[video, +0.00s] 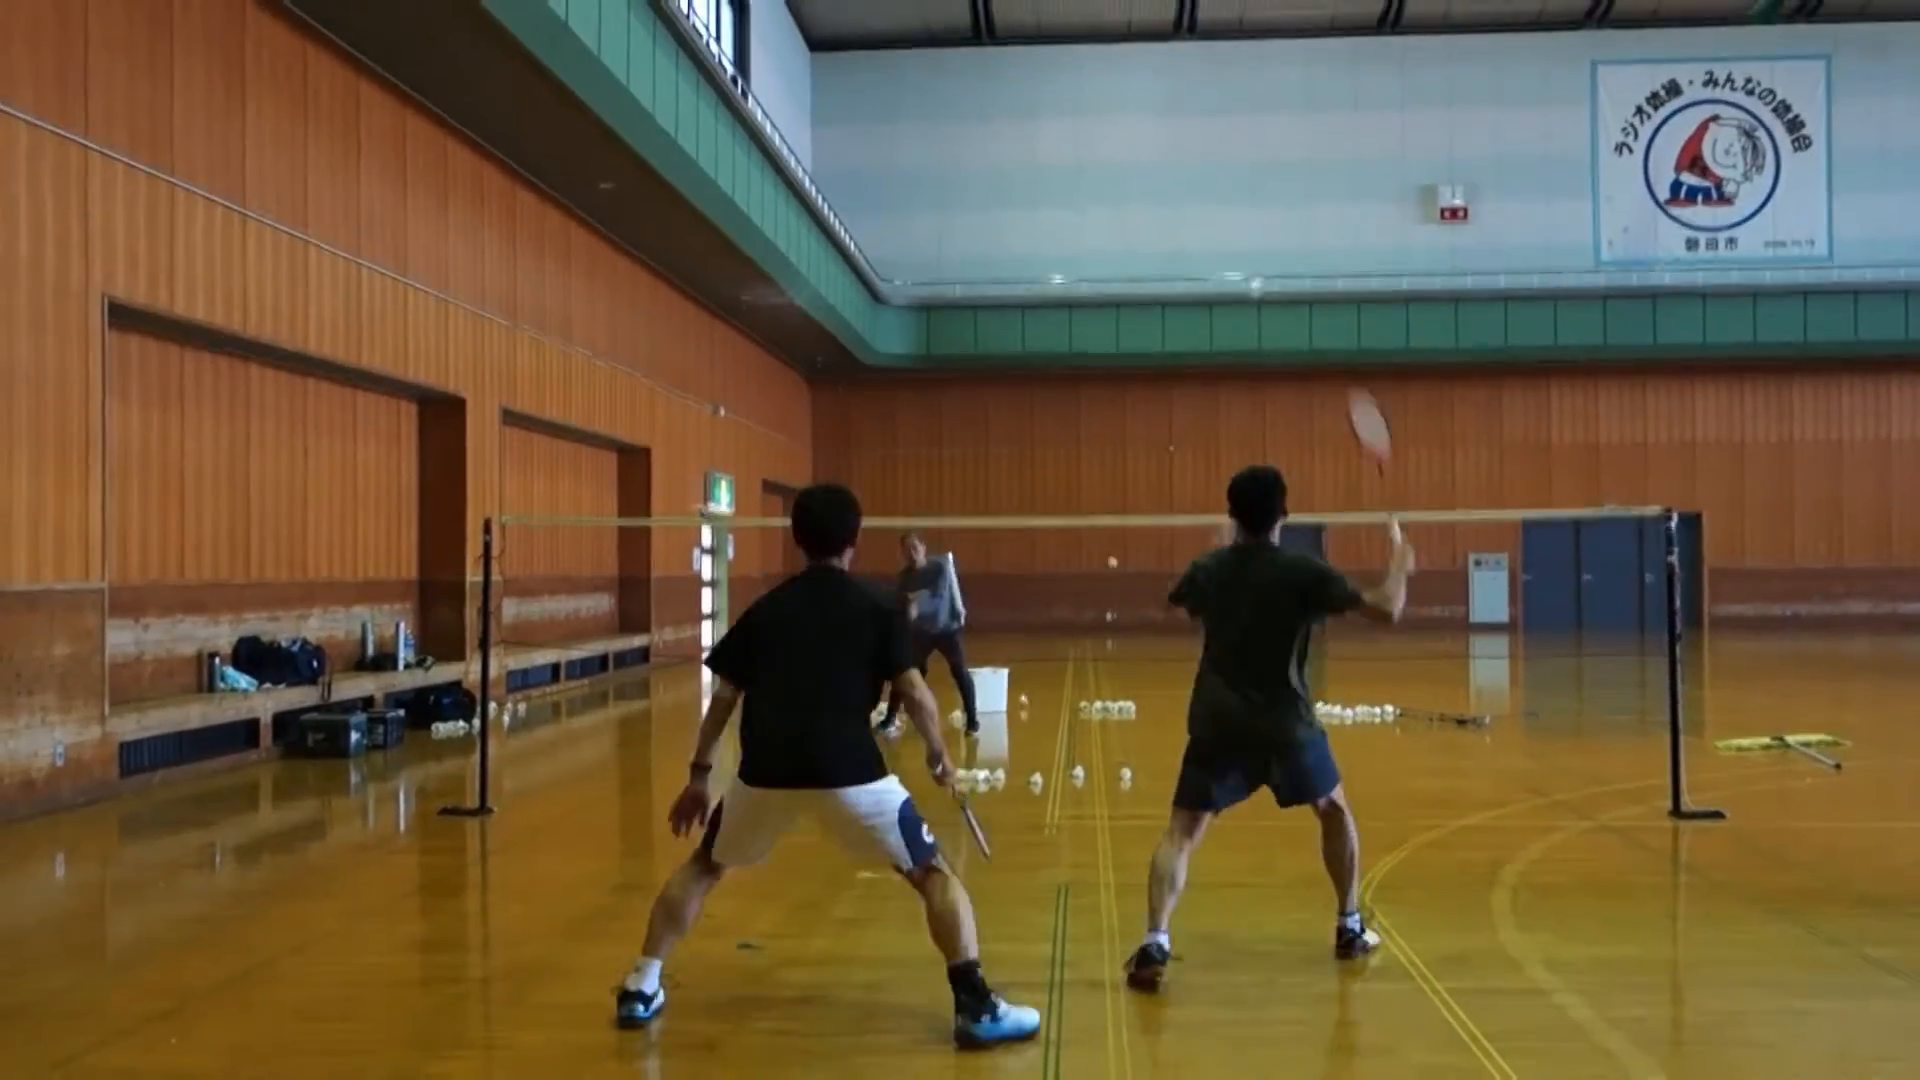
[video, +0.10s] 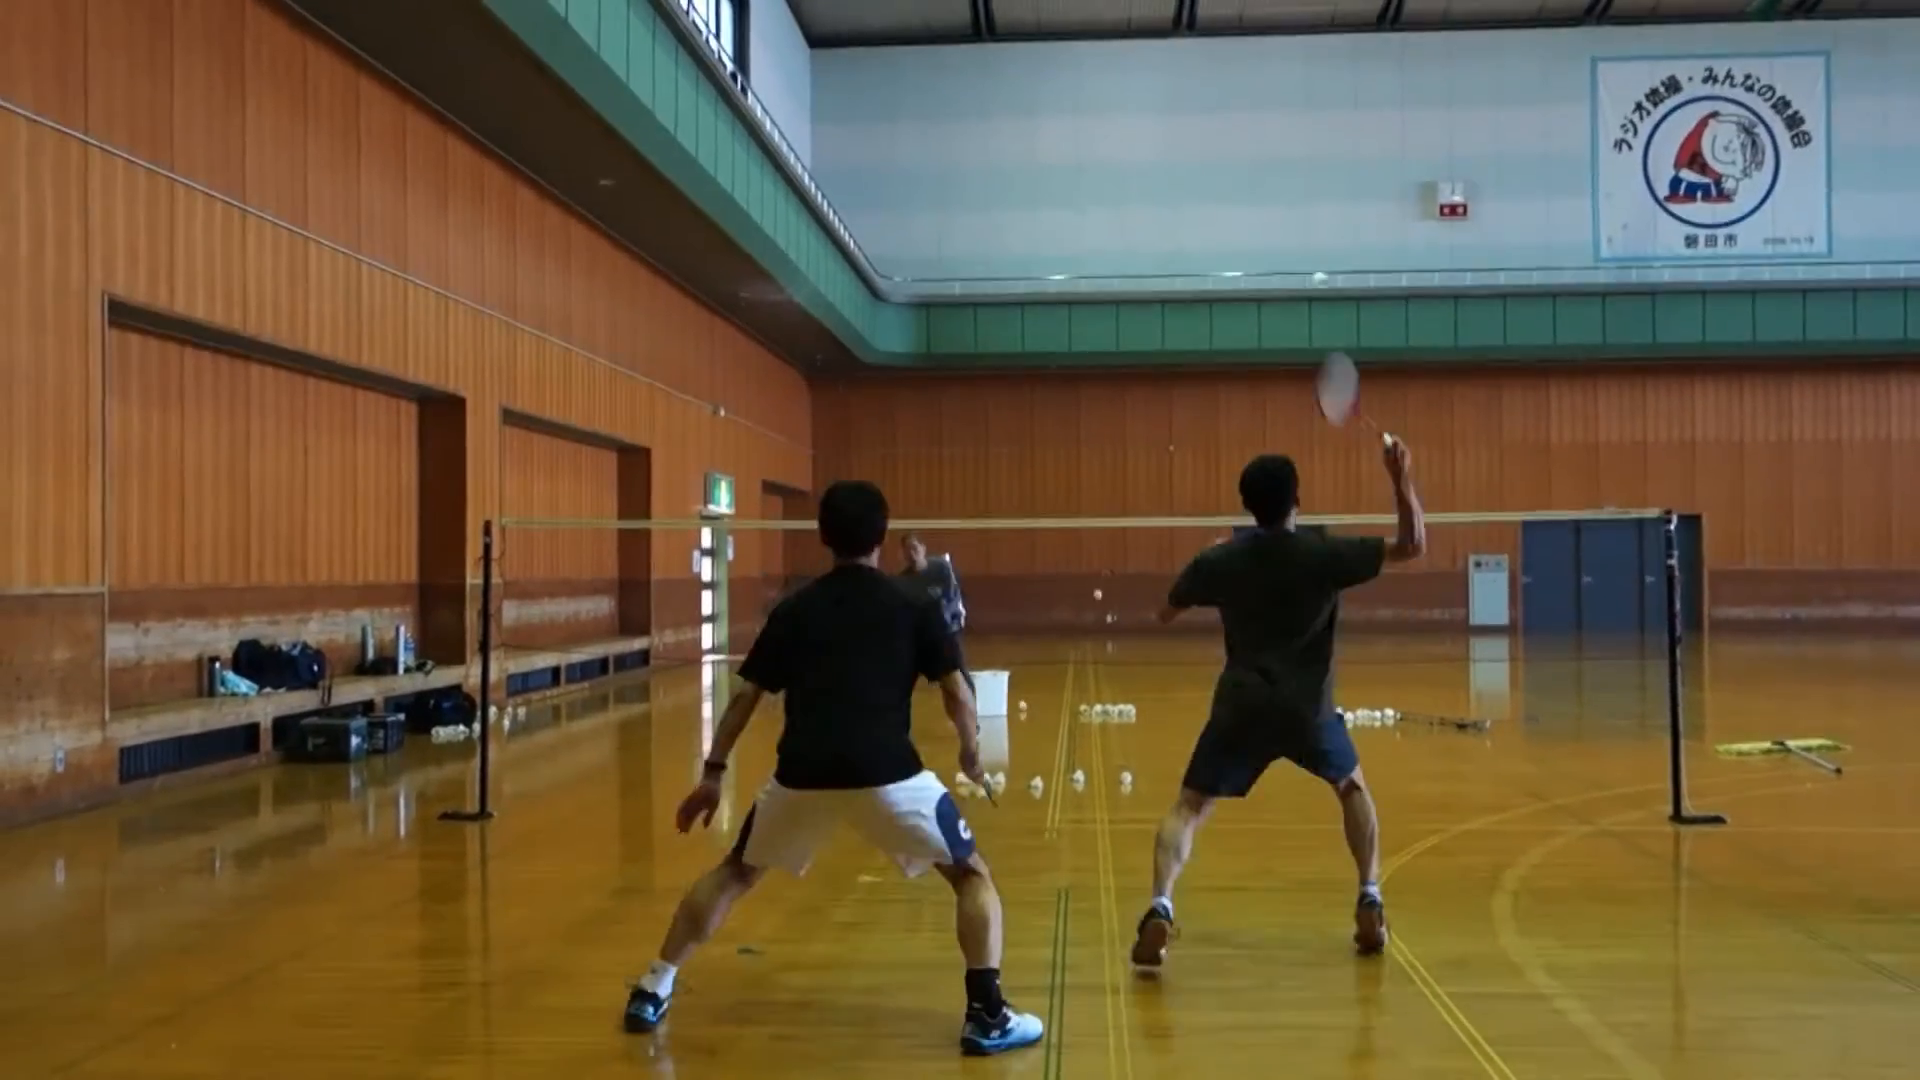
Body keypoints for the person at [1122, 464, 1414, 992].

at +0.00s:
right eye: (1281, 507)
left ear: (1232, 515)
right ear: (1282, 514)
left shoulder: (1210, 570)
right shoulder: (1302, 572)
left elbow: (1181, 604)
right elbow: (1387, 608)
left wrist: (1225, 562)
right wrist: (1400, 564)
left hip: (1216, 724)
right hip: (1285, 724)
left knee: (1181, 832)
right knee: (1333, 811)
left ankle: (1156, 940)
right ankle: (1349, 922)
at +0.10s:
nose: (1288, 499)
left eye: (1260, 495)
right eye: (1291, 492)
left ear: (1247, 503)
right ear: (1296, 500)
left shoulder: (1221, 562)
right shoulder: (1322, 553)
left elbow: (1168, 610)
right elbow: (1411, 546)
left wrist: (1214, 555)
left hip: (1239, 709)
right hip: (1307, 710)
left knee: (1189, 807)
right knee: (1352, 789)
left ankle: (1160, 904)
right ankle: (1370, 894)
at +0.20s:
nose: (1296, 509)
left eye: (1271, 508)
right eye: (1297, 503)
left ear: (1257, 520)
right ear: (1303, 511)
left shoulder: (1241, 580)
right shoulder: (1332, 547)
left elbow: (1213, 655)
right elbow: (1385, 505)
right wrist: (1406, 447)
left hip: (1257, 708)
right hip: (1322, 703)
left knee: (1197, 808)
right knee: (1365, 785)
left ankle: (1143, 915)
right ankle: (1398, 892)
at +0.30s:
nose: (1298, 531)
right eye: (1299, 523)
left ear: (1258, 538)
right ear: (1303, 530)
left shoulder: (1245, 604)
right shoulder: (1335, 571)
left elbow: (1244, 682)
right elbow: (1387, 561)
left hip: (1271, 730)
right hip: (1335, 724)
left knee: (1209, 817)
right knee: (1387, 798)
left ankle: (1157, 912)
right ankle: (1419, 899)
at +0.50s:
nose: (1218, 557)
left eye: (1217, 551)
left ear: (1219, 556)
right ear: (1263, 556)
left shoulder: (1199, 606)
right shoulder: (1291, 616)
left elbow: (1176, 671)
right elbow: (1315, 689)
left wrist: (1169, 695)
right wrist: (1325, 746)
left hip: (1206, 747)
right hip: (1269, 749)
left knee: (1144, 828)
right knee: (1318, 831)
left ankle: (1142, 917)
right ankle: (1375, 920)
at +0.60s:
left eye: (1190, 559)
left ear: (1187, 564)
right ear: (1232, 565)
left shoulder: (1158, 612)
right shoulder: (1253, 622)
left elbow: (1126, 669)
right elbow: (1268, 700)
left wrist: (1122, 703)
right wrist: (1263, 749)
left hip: (1165, 740)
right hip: (1227, 743)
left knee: (1107, 827)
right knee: (1262, 822)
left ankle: (1080, 921)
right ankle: (1278, 917)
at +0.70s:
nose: (1155, 587)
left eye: (1156, 581)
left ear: (1157, 587)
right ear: (1200, 591)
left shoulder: (1133, 633)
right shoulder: (1215, 649)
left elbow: (1084, 672)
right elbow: (1228, 726)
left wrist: (1074, 681)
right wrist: (1203, 745)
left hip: (1127, 760)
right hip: (1184, 767)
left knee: (1062, 843)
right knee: (1210, 839)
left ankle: (1042, 945)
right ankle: (1244, 927)